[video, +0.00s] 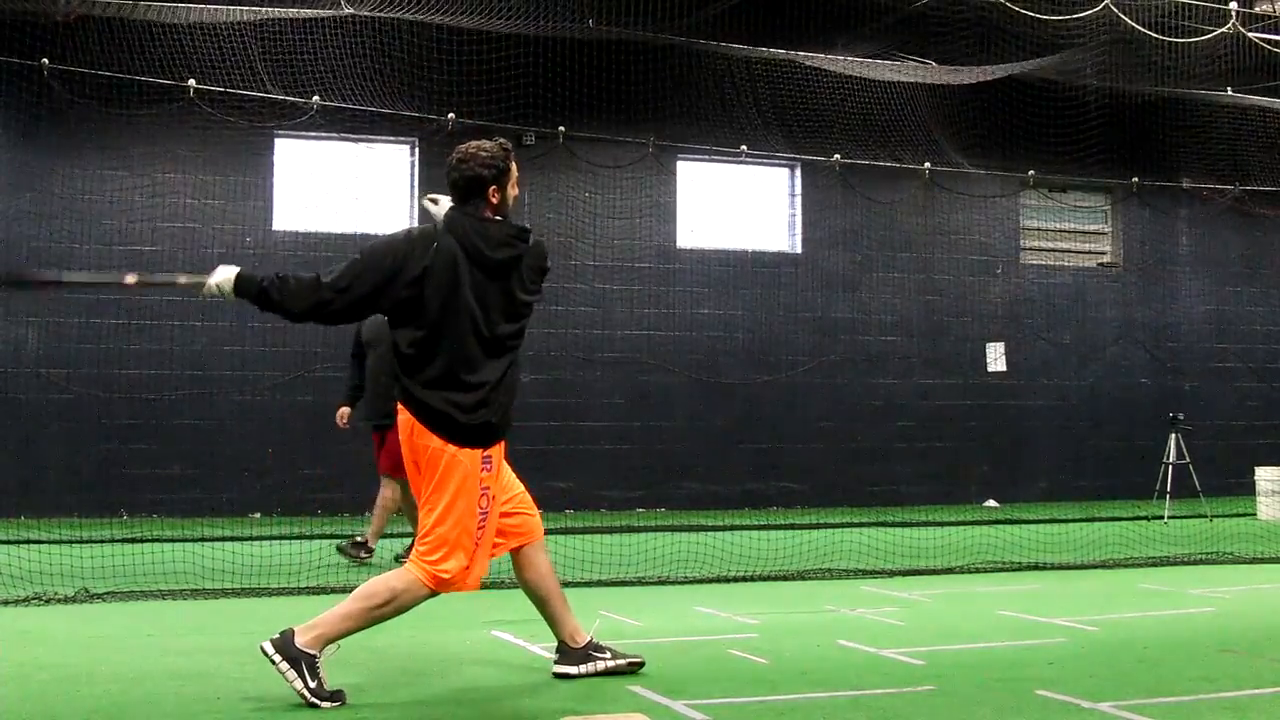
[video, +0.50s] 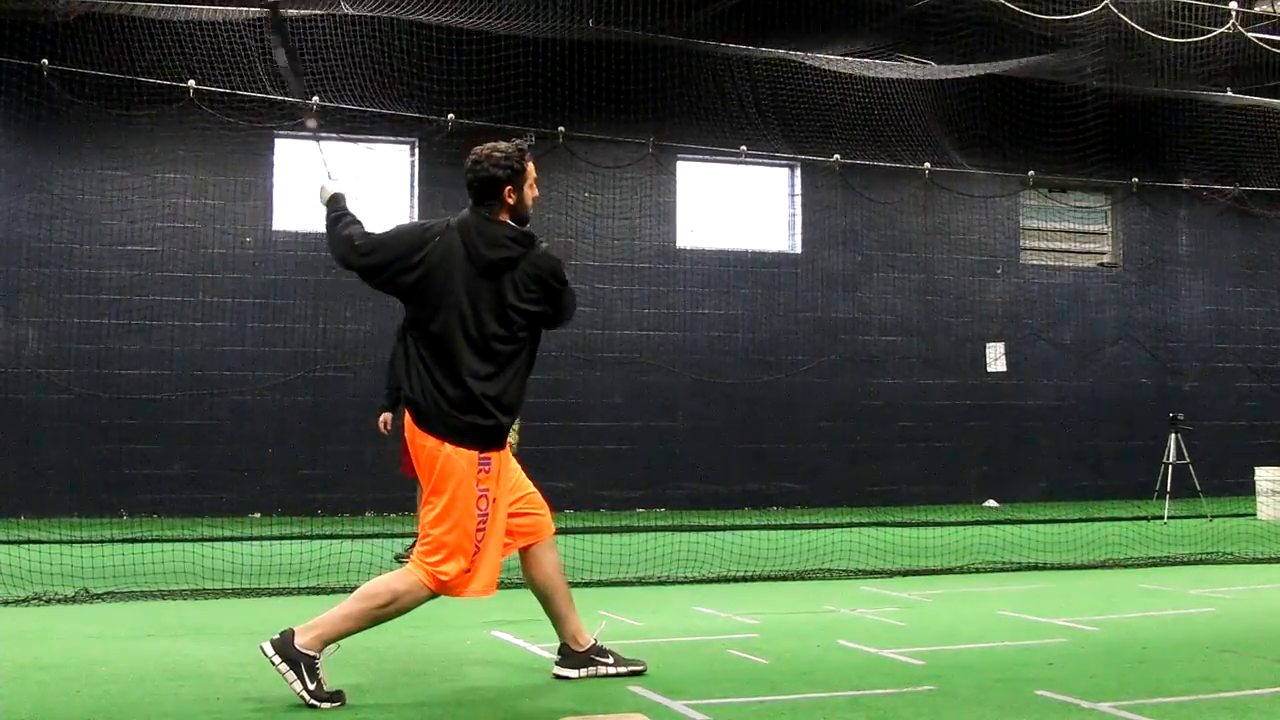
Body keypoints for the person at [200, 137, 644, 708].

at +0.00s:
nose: (519, 192)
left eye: (517, 184)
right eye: (516, 185)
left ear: (459, 192)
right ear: (496, 195)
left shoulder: (415, 249)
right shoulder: (525, 253)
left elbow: (326, 296)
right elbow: (500, 250)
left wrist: (241, 282)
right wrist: (457, 216)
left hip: (430, 419)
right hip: (461, 430)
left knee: (523, 527)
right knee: (437, 569)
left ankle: (576, 646)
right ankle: (301, 644)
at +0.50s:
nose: (537, 190)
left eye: (534, 180)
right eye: (532, 182)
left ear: (477, 191)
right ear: (513, 193)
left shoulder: (433, 241)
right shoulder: (534, 263)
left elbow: (354, 251)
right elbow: (562, 310)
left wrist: (336, 206)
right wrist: (524, 246)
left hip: (431, 423)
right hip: (471, 438)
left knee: (534, 525)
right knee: (436, 571)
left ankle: (578, 647)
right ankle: (301, 644)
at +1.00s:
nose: (564, 199)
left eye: (561, 191)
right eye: (558, 193)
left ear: (512, 204)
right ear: (535, 205)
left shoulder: (458, 246)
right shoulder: (548, 289)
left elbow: (420, 241)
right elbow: (565, 382)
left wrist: (451, 200)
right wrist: (594, 374)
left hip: (449, 421)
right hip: (478, 442)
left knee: (553, 515)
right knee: (442, 575)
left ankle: (581, 647)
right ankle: (304, 644)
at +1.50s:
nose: (443, 145)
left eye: (442, 135)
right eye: (434, 136)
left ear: (412, 143)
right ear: (398, 142)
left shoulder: (445, 198)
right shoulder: (344, 202)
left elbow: (458, 224)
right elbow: (279, 248)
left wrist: (389, 179)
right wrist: (339, 193)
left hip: (430, 385)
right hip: (355, 391)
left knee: (454, 522)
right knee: (345, 527)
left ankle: (455, 642)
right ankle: (322, 658)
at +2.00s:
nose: (446, 163)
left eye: (445, 153)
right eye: (438, 154)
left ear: (416, 157)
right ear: (404, 158)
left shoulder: (441, 216)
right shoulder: (343, 206)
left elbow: (450, 254)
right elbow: (272, 223)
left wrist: (393, 196)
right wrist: (344, 182)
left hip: (415, 393)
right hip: (339, 395)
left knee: (457, 526)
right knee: (345, 522)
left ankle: (459, 634)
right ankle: (320, 657)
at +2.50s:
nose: (457, 176)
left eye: (457, 166)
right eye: (449, 167)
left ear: (429, 170)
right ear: (414, 171)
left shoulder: (451, 224)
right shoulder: (355, 215)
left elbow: (460, 272)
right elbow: (284, 239)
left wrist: (409, 210)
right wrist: (354, 197)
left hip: (420, 400)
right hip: (344, 399)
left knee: (452, 530)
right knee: (357, 520)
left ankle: (451, 644)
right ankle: (321, 657)